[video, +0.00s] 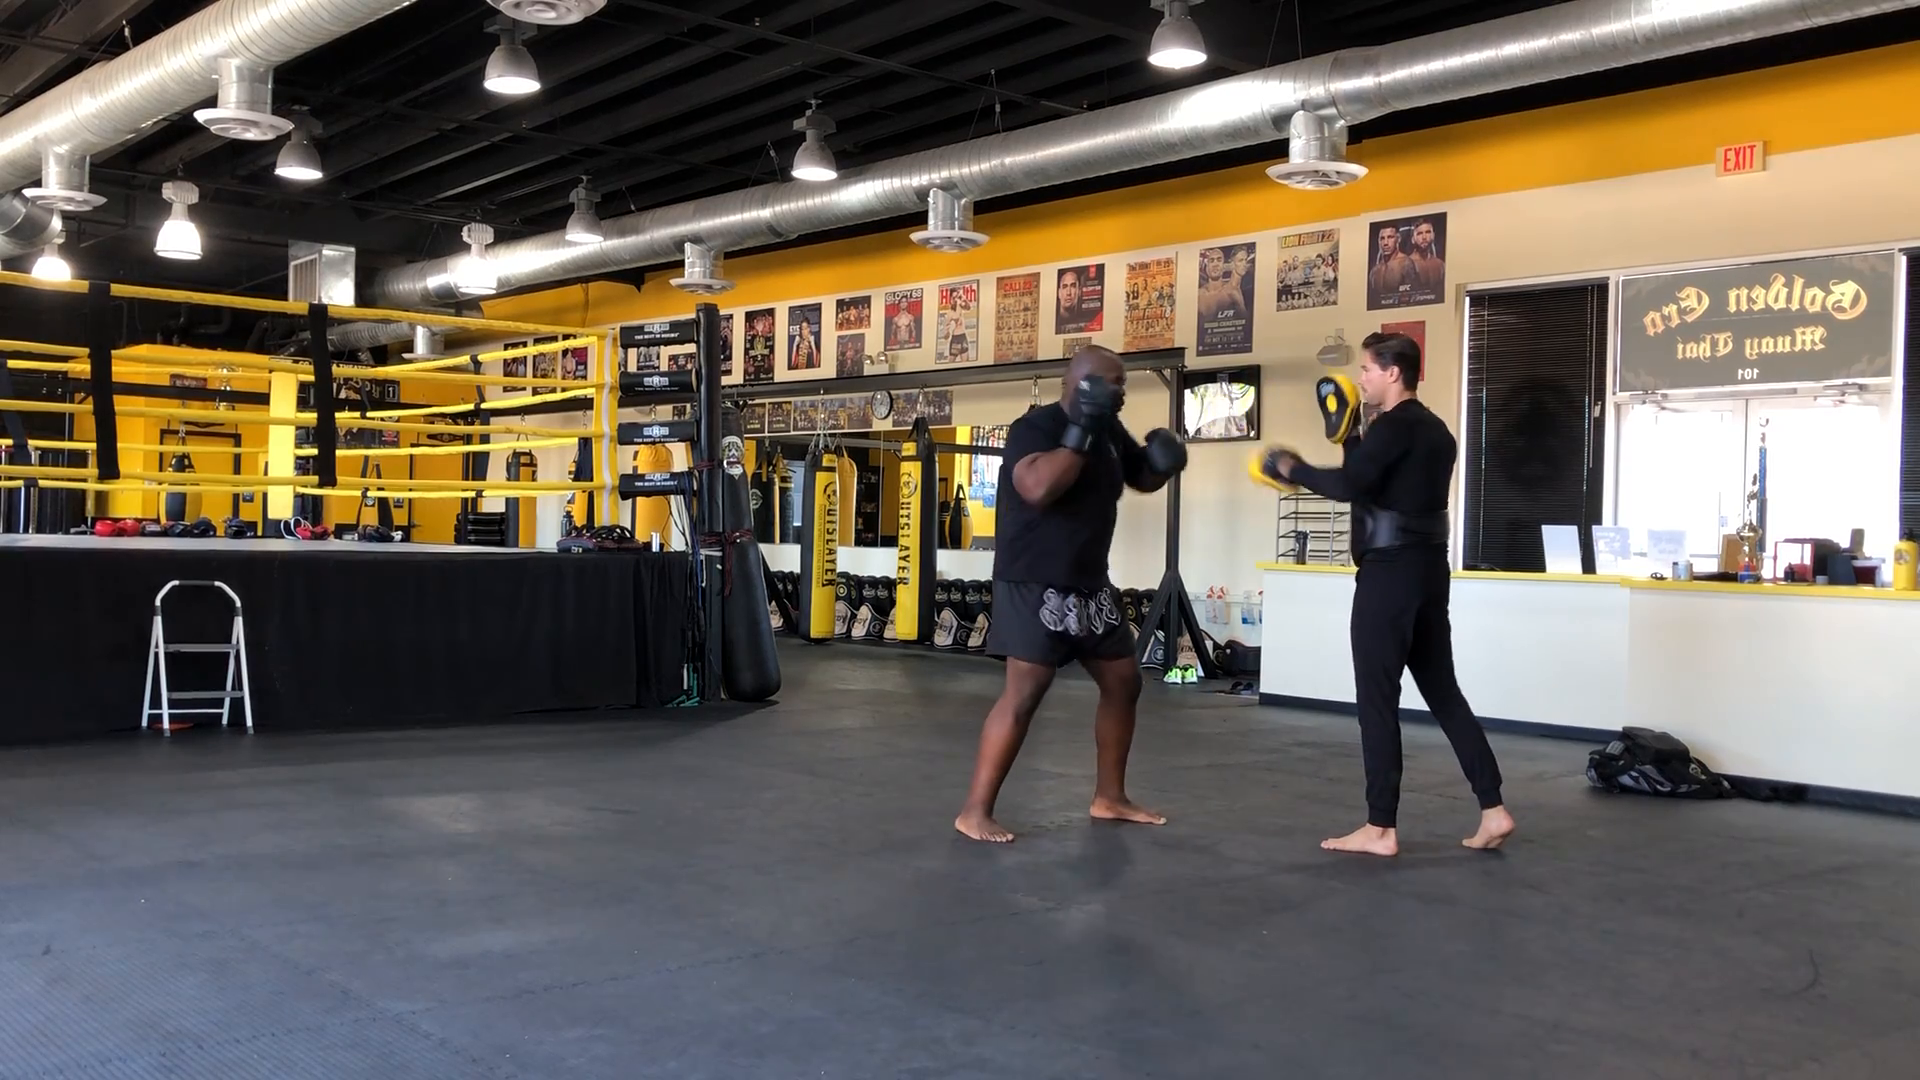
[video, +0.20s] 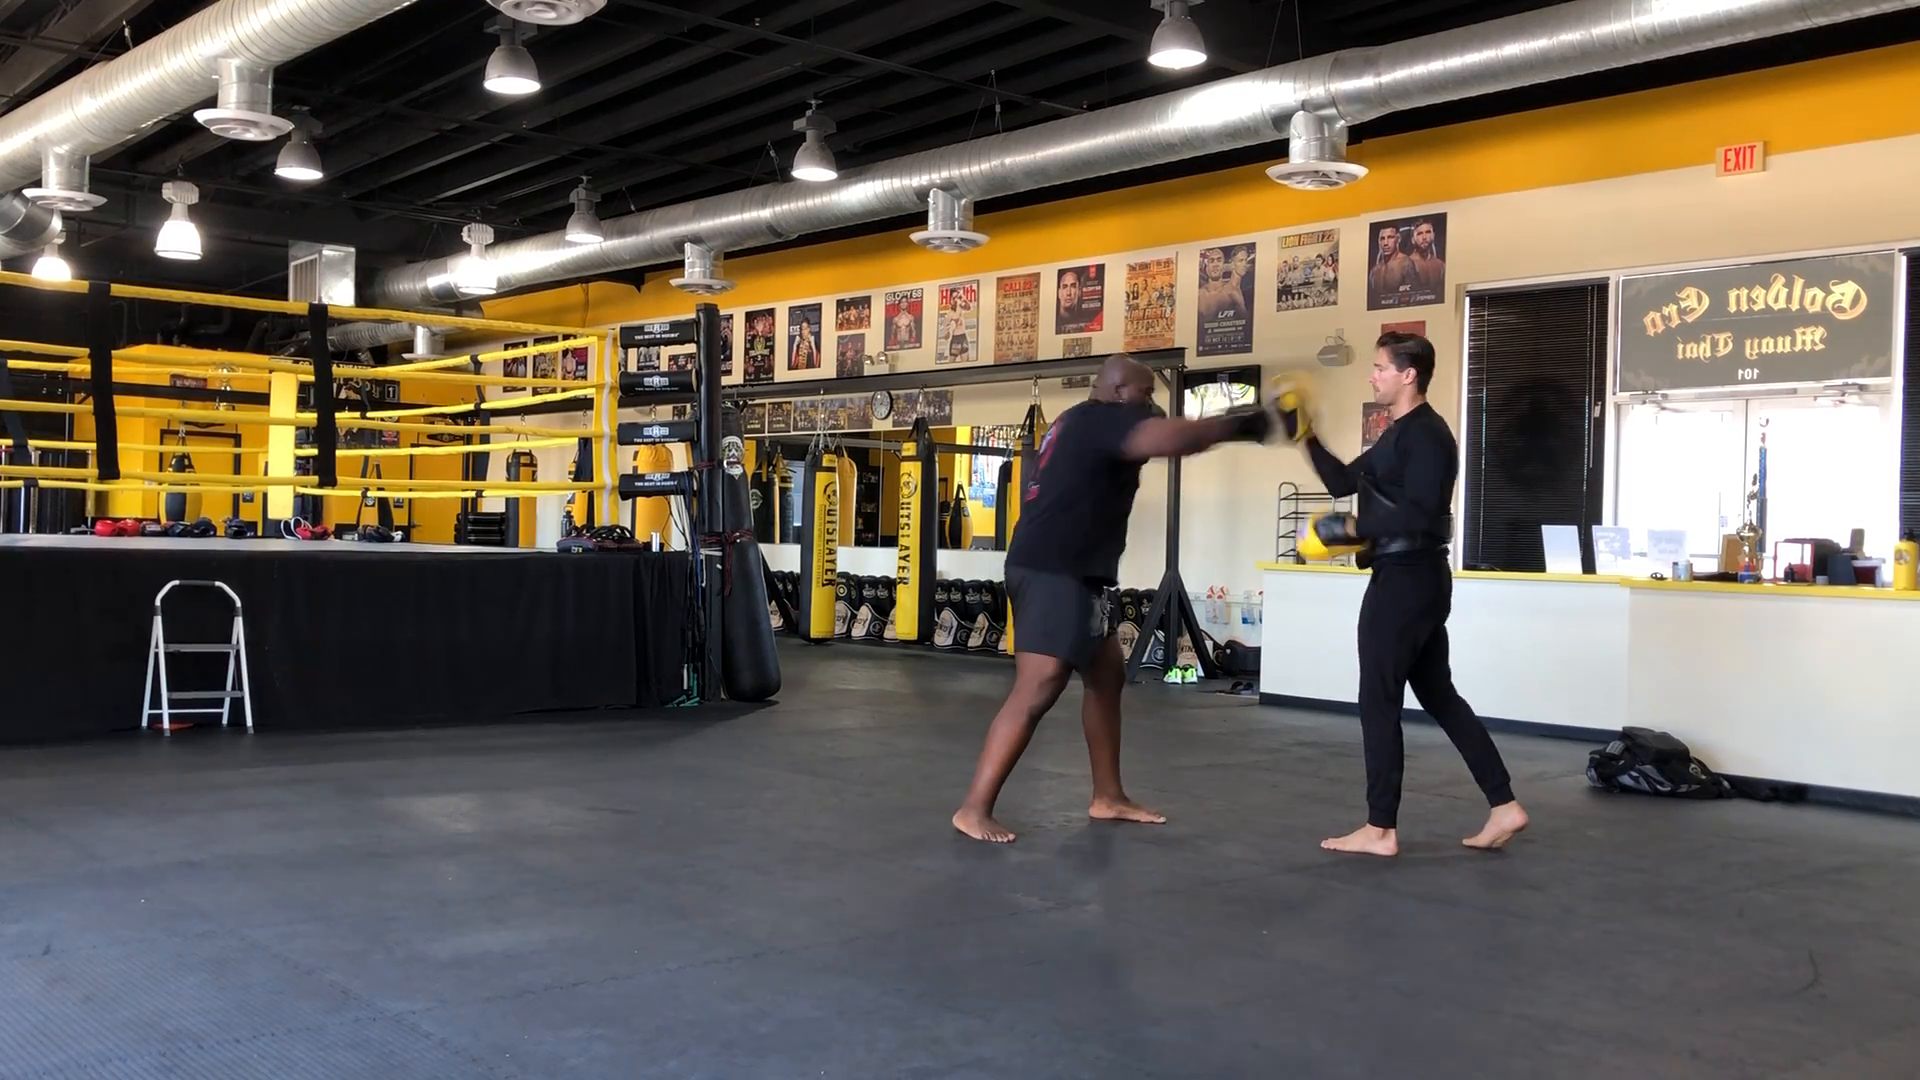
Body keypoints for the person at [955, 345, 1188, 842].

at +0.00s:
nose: (1115, 395)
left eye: (1120, 387)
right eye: (1106, 385)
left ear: (1118, 389)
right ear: (1075, 383)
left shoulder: (1110, 431)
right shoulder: (1035, 427)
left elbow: (1143, 479)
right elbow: (1035, 487)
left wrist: (1159, 461)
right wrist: (1082, 432)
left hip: (1090, 585)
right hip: (1032, 584)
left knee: (1122, 680)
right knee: (1022, 693)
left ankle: (1110, 797)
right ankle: (974, 813)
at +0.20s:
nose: (1152, 401)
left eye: (1152, 394)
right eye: (1146, 392)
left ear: (1105, 388)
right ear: (1118, 388)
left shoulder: (1075, 424)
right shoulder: (1102, 421)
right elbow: (1173, 436)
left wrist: (1189, 438)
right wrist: (1245, 422)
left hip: (1075, 574)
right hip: (1052, 571)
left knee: (1106, 674)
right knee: (1037, 685)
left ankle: (1108, 796)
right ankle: (973, 810)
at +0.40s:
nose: (1160, 406)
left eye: (1161, 399)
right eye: (1158, 397)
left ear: (1115, 387)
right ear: (1134, 387)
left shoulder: (1077, 422)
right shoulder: (1119, 415)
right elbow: (1192, 434)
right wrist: (1241, 430)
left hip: (1086, 568)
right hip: (1064, 561)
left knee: (1107, 672)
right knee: (1044, 675)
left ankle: (1109, 796)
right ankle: (975, 798)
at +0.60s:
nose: (1161, 391)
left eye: (1162, 383)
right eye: (1155, 381)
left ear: (1128, 379)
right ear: (1123, 376)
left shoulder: (1119, 432)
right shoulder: (1084, 414)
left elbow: (1128, 500)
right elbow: (1088, 482)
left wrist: (1161, 455)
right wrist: (1147, 445)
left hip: (1104, 567)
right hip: (1058, 560)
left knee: (1109, 675)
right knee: (1047, 669)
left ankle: (1108, 797)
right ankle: (981, 793)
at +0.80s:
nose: (1125, 391)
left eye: (1127, 382)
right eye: (1117, 382)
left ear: (1113, 383)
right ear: (1083, 379)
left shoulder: (1116, 437)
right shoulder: (1044, 426)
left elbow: (1118, 500)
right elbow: (1032, 502)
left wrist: (1150, 491)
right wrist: (1099, 472)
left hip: (1099, 576)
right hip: (1043, 572)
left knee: (1114, 680)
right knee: (1027, 682)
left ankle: (1109, 797)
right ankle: (978, 806)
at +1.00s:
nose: (1101, 386)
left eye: (1103, 377)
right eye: (1094, 376)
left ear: (1084, 374)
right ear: (1060, 372)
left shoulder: (1092, 421)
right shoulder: (1021, 414)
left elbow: (1102, 484)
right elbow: (1004, 488)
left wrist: (1124, 494)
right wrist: (1079, 468)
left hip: (1070, 570)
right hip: (1018, 569)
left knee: (1089, 674)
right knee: (1008, 683)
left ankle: (1102, 791)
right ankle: (977, 811)